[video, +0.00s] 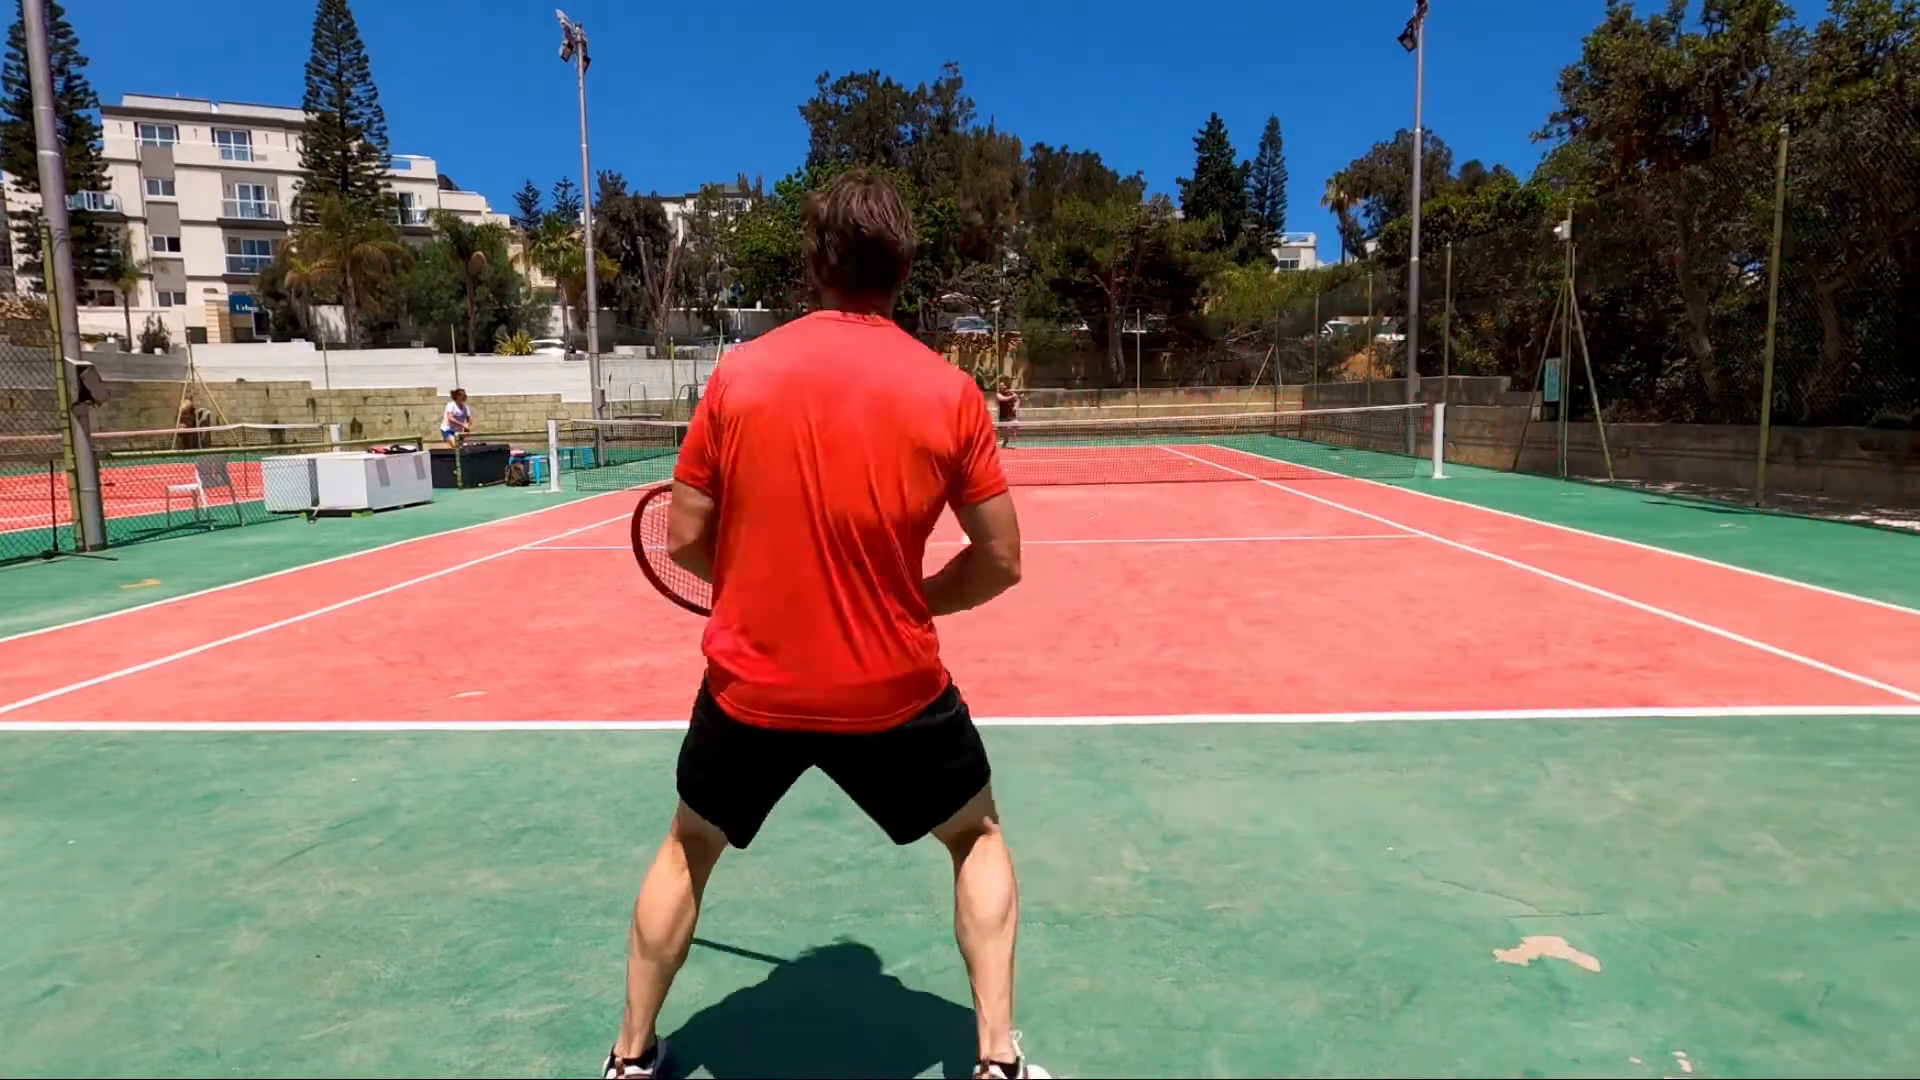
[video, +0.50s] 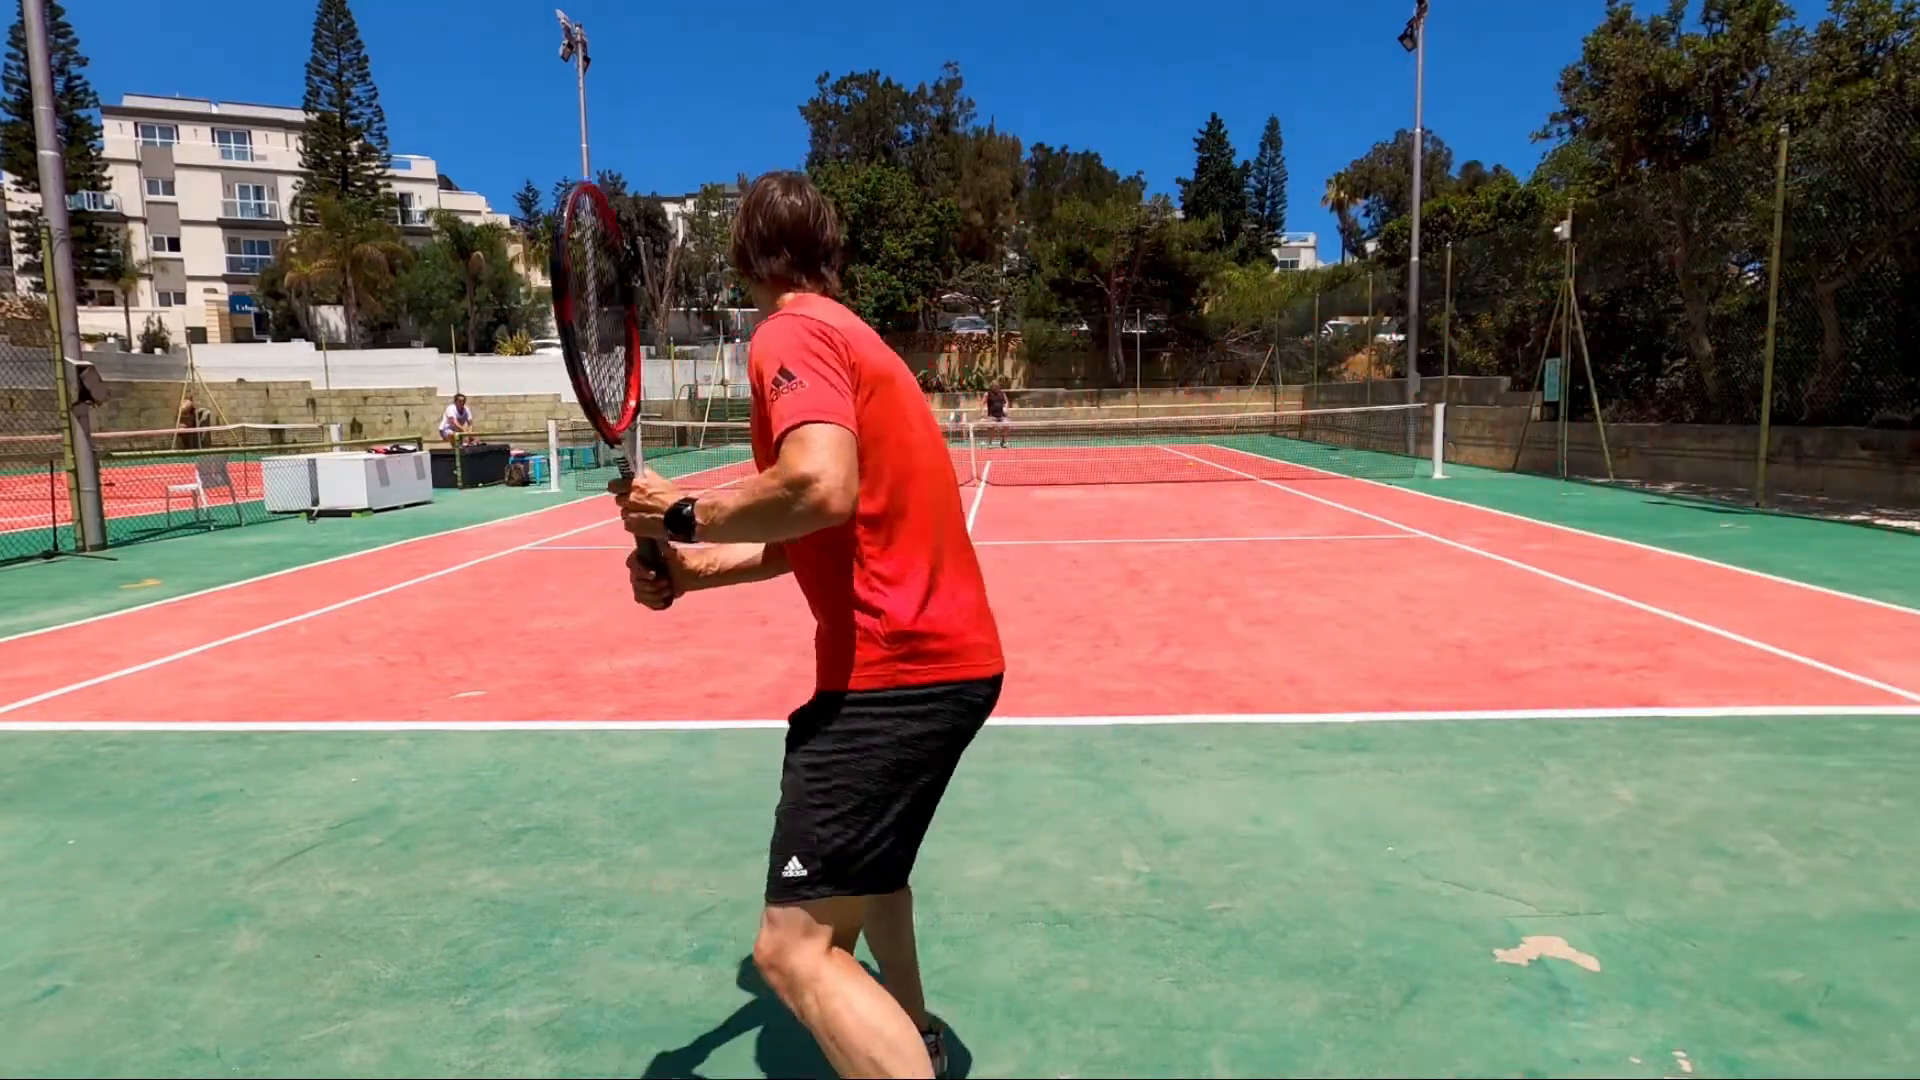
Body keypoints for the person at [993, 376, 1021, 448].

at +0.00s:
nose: (1002, 387)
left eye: (1004, 385)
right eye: (1000, 385)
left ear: (1007, 386)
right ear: (999, 386)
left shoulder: (1011, 393)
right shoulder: (999, 394)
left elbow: (1017, 399)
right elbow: (1001, 398)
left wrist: (1015, 406)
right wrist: (1012, 397)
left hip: (1011, 414)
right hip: (1003, 415)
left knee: (1011, 429)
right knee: (1004, 429)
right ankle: (1005, 441)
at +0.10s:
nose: (1002, 387)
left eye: (1003, 386)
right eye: (1001, 386)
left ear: (1006, 386)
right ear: (999, 387)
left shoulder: (1009, 393)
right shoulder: (997, 395)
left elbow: (1015, 399)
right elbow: (1001, 402)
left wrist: (1017, 405)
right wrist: (1011, 404)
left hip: (1010, 414)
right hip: (1001, 415)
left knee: (1013, 428)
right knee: (998, 429)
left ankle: (1013, 443)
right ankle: (997, 440)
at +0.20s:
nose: (1001, 389)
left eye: (1003, 387)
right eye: (1000, 387)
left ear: (1005, 387)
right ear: (998, 388)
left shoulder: (1008, 394)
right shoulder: (995, 396)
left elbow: (1014, 402)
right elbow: (996, 406)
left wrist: (1016, 409)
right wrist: (1005, 411)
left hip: (1008, 415)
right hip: (999, 416)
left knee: (1012, 429)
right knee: (996, 430)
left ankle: (1012, 443)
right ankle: (992, 441)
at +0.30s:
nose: (999, 390)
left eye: (1000, 388)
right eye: (997, 388)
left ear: (1002, 388)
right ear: (995, 389)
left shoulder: (1005, 395)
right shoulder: (992, 397)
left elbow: (1011, 403)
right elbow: (990, 407)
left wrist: (1012, 410)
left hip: (1005, 416)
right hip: (996, 417)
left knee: (1010, 428)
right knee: (995, 430)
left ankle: (1012, 443)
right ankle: (991, 441)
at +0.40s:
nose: (997, 389)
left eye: (998, 387)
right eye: (995, 387)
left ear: (1000, 388)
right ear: (992, 388)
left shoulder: (1003, 395)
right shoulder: (990, 396)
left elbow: (1007, 402)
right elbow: (985, 404)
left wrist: (1009, 409)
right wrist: (987, 412)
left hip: (1002, 415)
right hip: (993, 415)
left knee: (1007, 428)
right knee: (992, 429)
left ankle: (1009, 441)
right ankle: (991, 441)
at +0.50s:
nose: (995, 389)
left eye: (997, 387)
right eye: (994, 387)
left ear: (999, 388)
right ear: (991, 387)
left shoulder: (1002, 394)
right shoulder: (987, 394)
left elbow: (1006, 402)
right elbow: (983, 403)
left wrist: (1005, 409)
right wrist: (982, 411)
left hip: (1001, 415)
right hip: (992, 415)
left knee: (1005, 427)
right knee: (992, 429)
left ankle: (1003, 441)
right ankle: (990, 442)